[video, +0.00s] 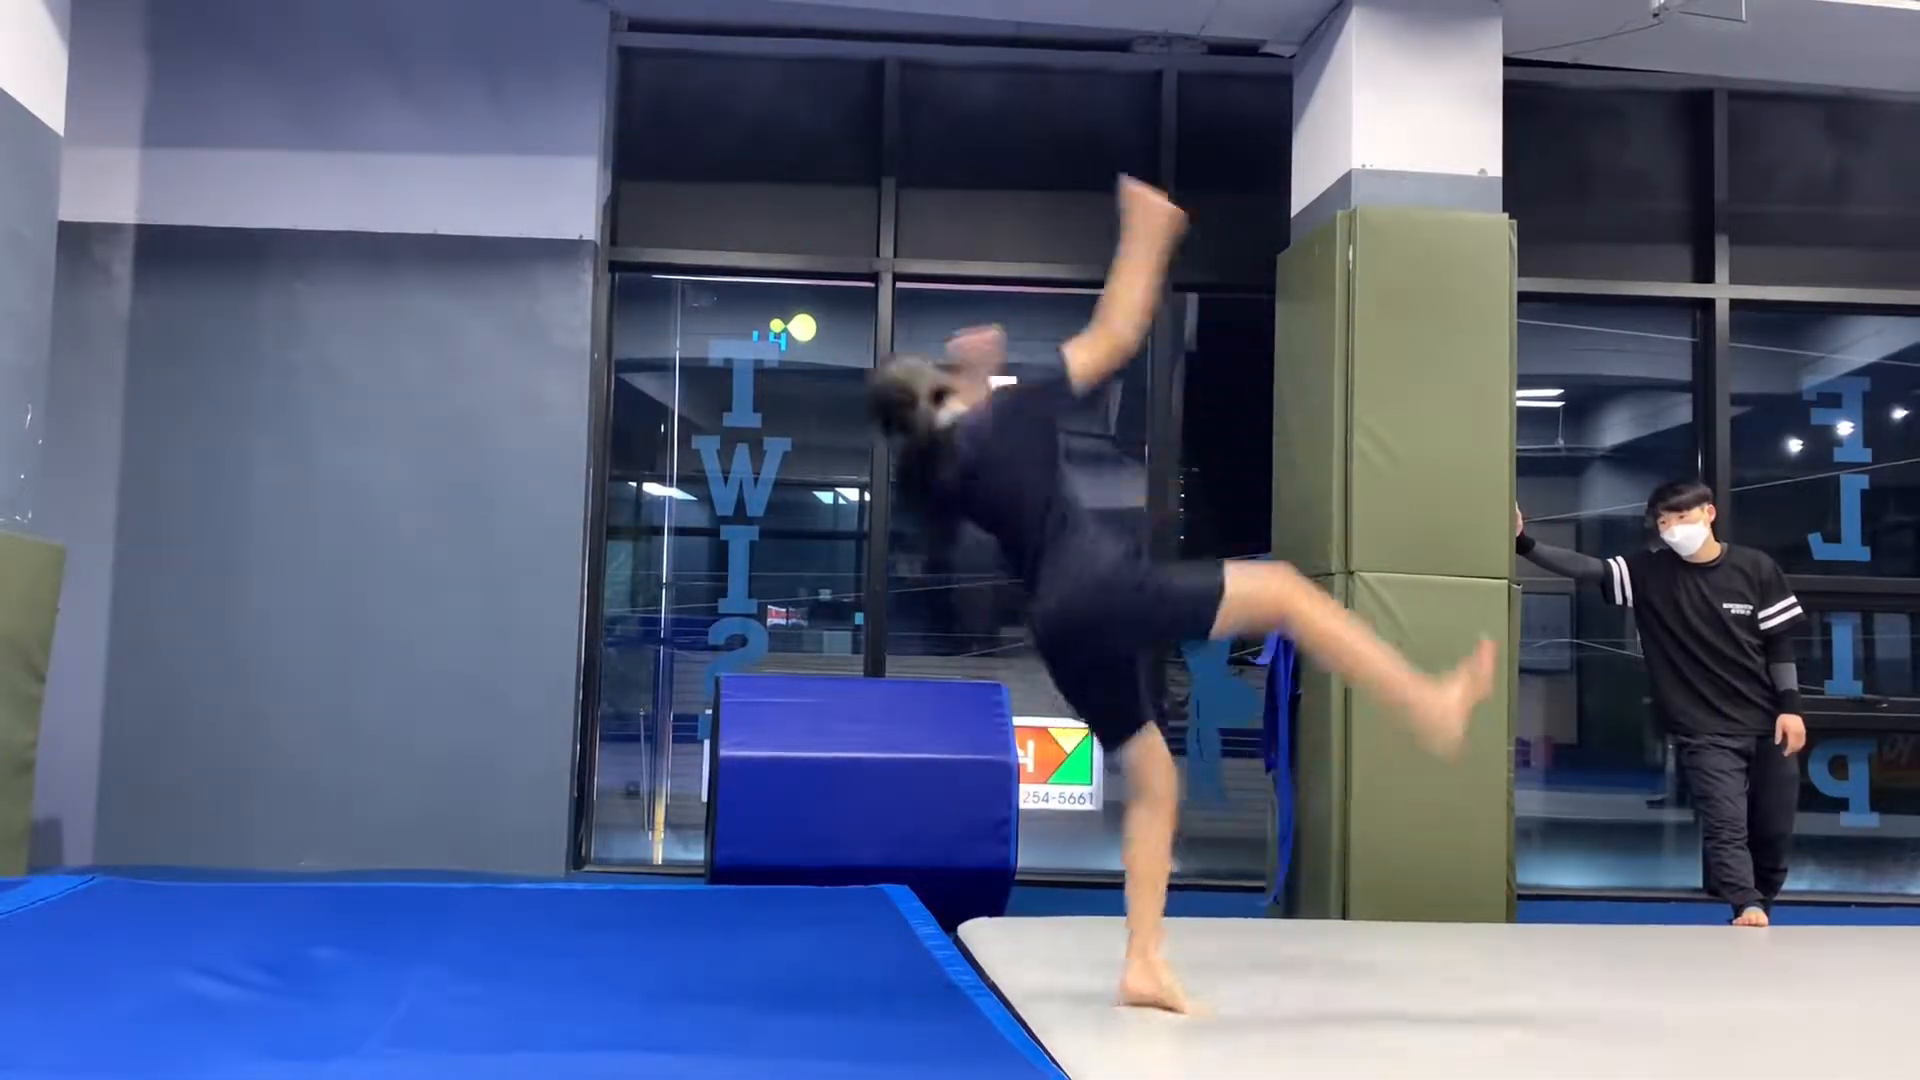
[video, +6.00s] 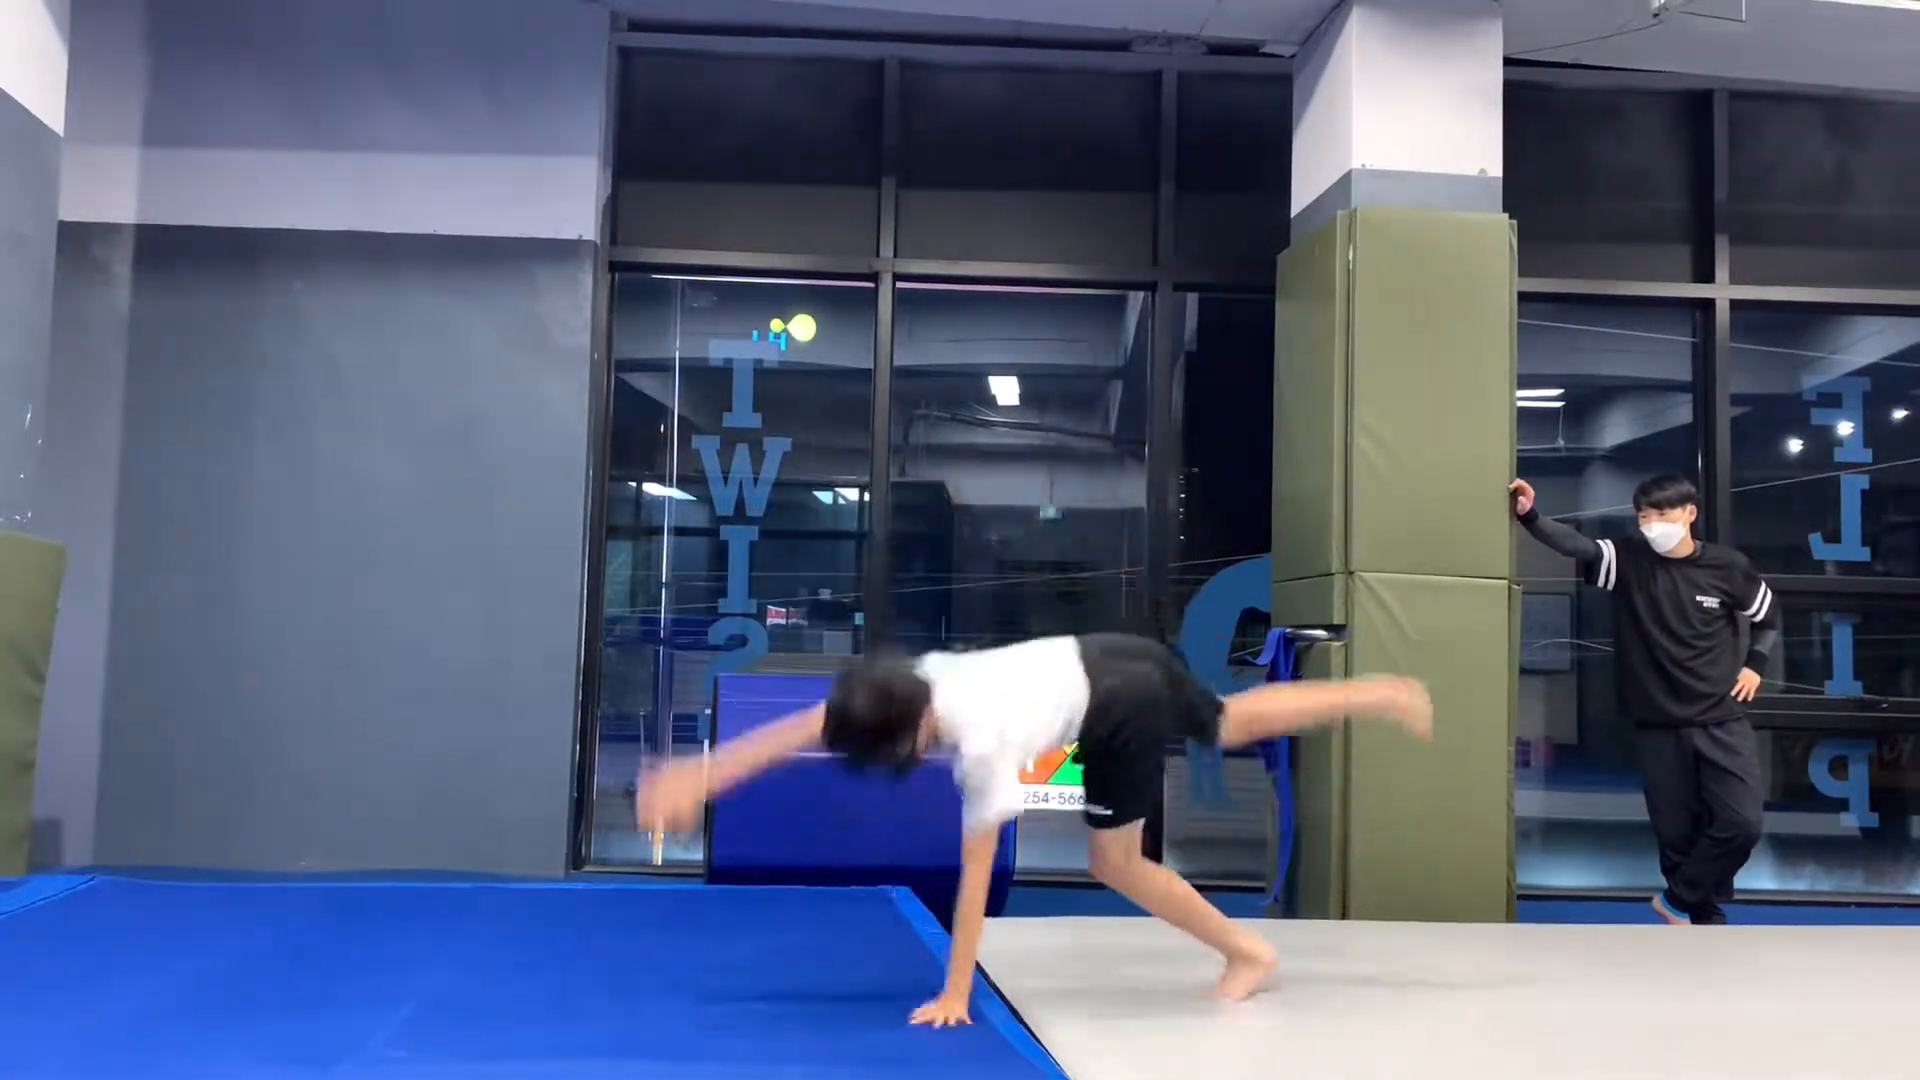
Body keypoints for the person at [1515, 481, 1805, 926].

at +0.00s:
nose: (1670, 524)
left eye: (1681, 513)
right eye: (1663, 517)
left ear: (1709, 513)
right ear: (1656, 525)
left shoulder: (1755, 568)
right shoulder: (1649, 570)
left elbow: (1780, 645)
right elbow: (1587, 568)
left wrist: (1790, 707)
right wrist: (1525, 544)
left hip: (1766, 724)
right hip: (1703, 727)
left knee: (1776, 829)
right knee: (1725, 818)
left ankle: (1759, 901)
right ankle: (1747, 907)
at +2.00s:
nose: (1667, 509)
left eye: (1680, 503)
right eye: (1663, 501)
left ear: (1705, 512)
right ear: (1654, 507)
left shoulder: (1738, 565)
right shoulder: (1634, 560)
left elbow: (1788, 615)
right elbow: (1577, 550)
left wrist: (1770, 669)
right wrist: (1524, 526)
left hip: (1731, 717)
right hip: (1667, 720)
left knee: (1747, 823)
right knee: (1682, 830)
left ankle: (1683, 900)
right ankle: (1713, 927)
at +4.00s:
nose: (1663, 511)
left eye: (1675, 501)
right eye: (1657, 502)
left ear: (1701, 507)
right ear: (1649, 510)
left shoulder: (1741, 564)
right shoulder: (1634, 562)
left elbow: (1790, 615)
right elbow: (1576, 553)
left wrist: (1771, 669)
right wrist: (1523, 525)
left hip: (1733, 719)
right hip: (1668, 724)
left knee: (1748, 824)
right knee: (1683, 834)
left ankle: (1685, 899)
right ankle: (1716, 930)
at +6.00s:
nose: (1650, 524)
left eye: (1661, 514)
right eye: (1644, 515)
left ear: (1689, 515)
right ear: (1638, 517)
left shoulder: (1727, 567)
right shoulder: (1627, 558)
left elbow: (1768, 618)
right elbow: (1578, 545)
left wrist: (1756, 666)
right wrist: (1531, 517)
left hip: (1723, 719)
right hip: (1660, 724)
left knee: (1742, 824)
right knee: (1675, 833)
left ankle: (1676, 901)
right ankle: (1710, 926)